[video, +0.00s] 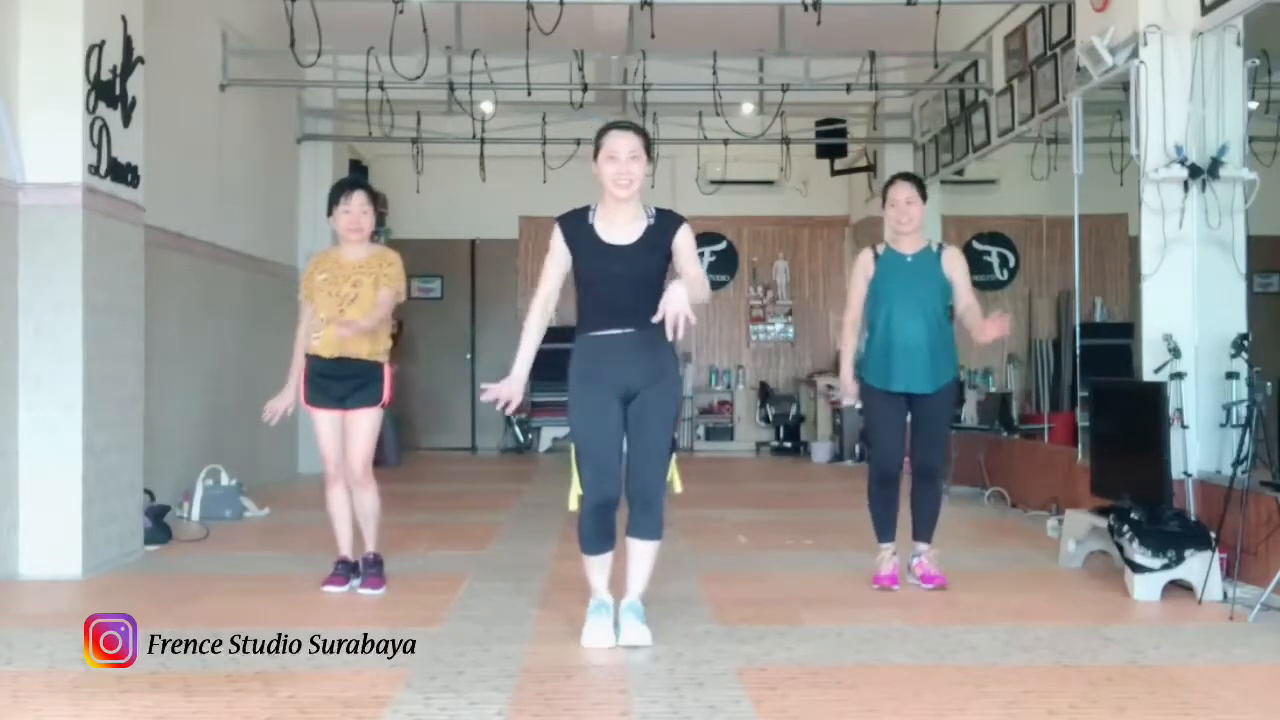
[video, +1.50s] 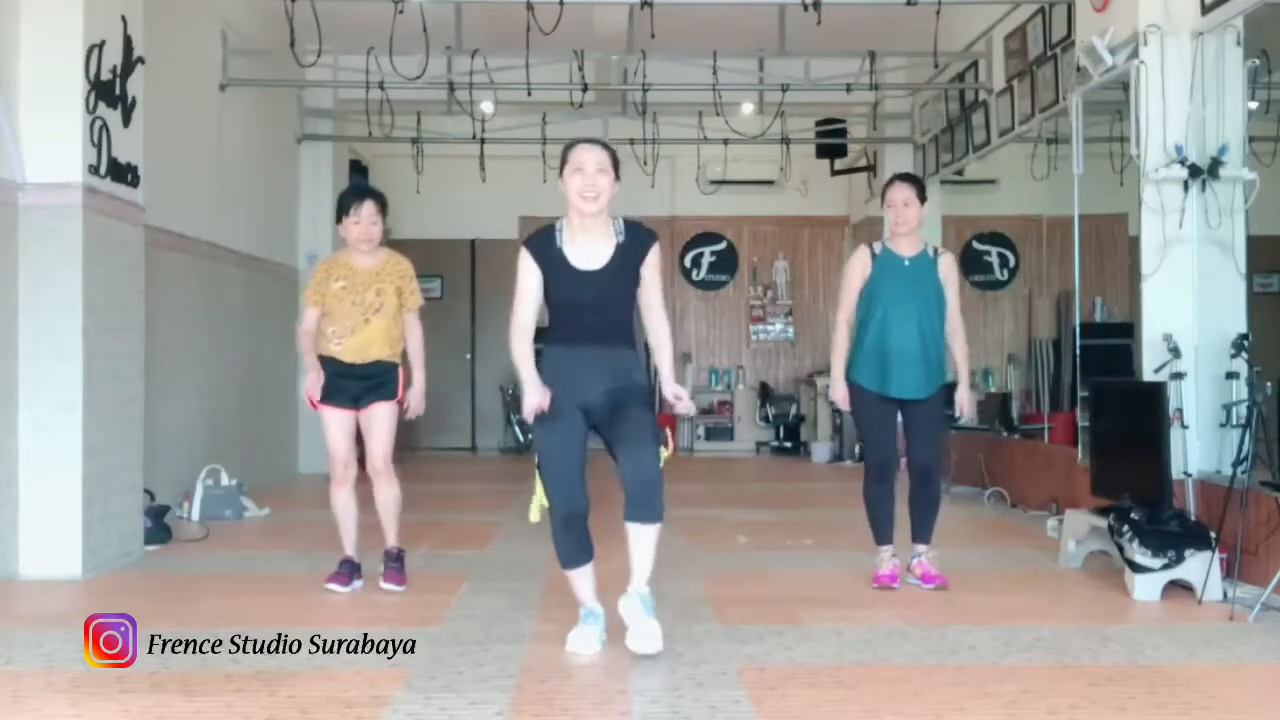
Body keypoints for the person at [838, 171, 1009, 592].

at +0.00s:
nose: (902, 211)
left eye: (910, 203)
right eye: (894, 204)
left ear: (924, 208)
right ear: (884, 212)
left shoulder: (948, 257)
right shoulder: (870, 260)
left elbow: (968, 308)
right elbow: (852, 320)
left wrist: (982, 329)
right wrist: (846, 372)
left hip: (936, 381)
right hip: (882, 381)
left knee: (930, 466)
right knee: (884, 465)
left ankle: (923, 553)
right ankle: (887, 552)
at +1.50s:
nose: (897, 212)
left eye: (906, 205)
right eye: (891, 205)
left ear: (923, 209)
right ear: (883, 210)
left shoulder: (943, 262)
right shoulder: (864, 258)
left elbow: (954, 325)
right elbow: (844, 320)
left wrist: (964, 381)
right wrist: (837, 376)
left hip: (927, 384)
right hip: (870, 383)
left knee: (926, 468)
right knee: (880, 465)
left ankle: (921, 554)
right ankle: (885, 555)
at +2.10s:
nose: (890, 208)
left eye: (899, 200)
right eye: (882, 201)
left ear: (913, 206)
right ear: (873, 208)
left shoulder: (935, 257)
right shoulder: (857, 254)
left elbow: (950, 320)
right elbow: (834, 309)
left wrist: (958, 378)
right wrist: (856, 328)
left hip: (920, 379)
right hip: (867, 379)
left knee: (915, 465)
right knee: (878, 464)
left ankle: (907, 543)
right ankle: (886, 552)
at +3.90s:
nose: (900, 207)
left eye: (908, 200)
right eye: (892, 202)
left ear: (921, 207)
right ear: (881, 211)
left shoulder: (944, 260)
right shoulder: (867, 258)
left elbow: (959, 319)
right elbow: (846, 316)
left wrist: (961, 370)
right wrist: (832, 370)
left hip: (930, 381)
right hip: (877, 380)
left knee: (926, 467)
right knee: (884, 465)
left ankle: (918, 548)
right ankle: (887, 555)